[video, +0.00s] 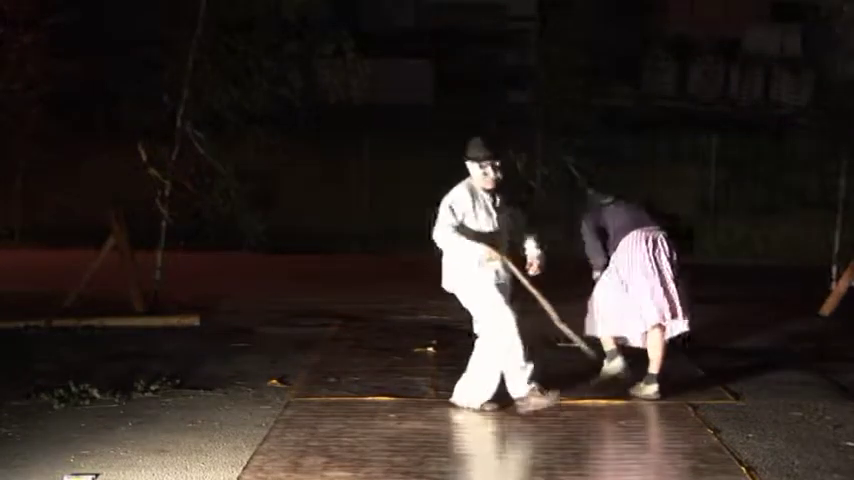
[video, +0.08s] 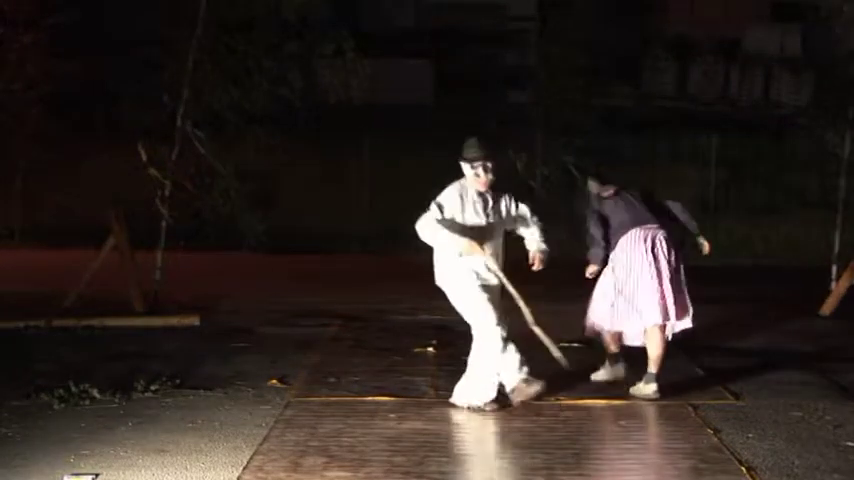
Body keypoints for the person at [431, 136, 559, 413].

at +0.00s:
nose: (491, 175)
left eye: (496, 167)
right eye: (484, 169)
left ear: (502, 168)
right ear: (470, 169)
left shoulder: (503, 197)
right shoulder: (458, 198)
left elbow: (521, 226)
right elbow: (442, 234)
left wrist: (532, 249)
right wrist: (480, 251)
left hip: (499, 273)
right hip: (467, 276)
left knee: (493, 331)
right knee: (503, 322)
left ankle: (469, 395)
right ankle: (525, 391)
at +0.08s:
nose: (484, 177)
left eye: (488, 170)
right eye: (477, 172)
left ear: (494, 169)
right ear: (466, 170)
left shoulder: (501, 201)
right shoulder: (454, 195)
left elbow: (527, 221)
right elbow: (425, 226)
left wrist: (536, 247)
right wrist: (461, 244)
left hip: (490, 274)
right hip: (457, 274)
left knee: (491, 329)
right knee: (487, 323)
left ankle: (472, 393)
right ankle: (517, 382)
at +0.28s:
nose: (460, 164)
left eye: (465, 158)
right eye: (453, 159)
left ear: (473, 157)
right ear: (444, 157)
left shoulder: (490, 182)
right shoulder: (429, 181)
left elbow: (523, 195)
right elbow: (389, 199)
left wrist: (538, 230)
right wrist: (410, 230)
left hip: (473, 267)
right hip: (439, 264)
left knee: (466, 328)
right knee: (442, 321)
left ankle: (468, 390)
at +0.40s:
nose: (449, 169)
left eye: (455, 163)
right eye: (443, 163)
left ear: (463, 163)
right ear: (433, 162)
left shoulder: (480, 190)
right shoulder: (415, 190)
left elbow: (513, 207)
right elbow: (372, 206)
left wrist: (520, 242)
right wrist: (385, 238)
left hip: (465, 277)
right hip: (426, 276)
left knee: (462, 336)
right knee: (416, 331)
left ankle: (458, 396)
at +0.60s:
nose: (442, 178)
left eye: (445, 172)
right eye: (436, 172)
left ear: (449, 176)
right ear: (421, 172)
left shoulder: (457, 210)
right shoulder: (397, 205)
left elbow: (482, 245)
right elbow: (370, 231)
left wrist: (476, 282)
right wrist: (364, 260)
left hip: (444, 291)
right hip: (403, 290)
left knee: (460, 345)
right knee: (385, 345)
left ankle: (463, 398)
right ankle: (367, 400)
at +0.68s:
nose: (446, 180)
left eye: (448, 174)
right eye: (439, 174)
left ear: (451, 177)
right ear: (424, 174)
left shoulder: (456, 213)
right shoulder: (396, 204)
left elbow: (476, 260)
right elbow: (367, 229)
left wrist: (457, 287)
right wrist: (363, 261)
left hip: (442, 287)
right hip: (402, 289)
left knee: (469, 337)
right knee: (389, 346)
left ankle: (466, 391)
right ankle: (368, 403)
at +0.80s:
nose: (459, 180)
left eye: (460, 173)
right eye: (452, 173)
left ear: (461, 176)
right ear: (434, 172)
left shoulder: (463, 210)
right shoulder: (402, 199)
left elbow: (470, 257)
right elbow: (367, 220)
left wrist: (430, 264)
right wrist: (365, 254)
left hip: (450, 281)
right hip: (407, 280)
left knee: (473, 333)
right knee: (393, 338)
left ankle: (469, 403)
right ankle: (370, 403)